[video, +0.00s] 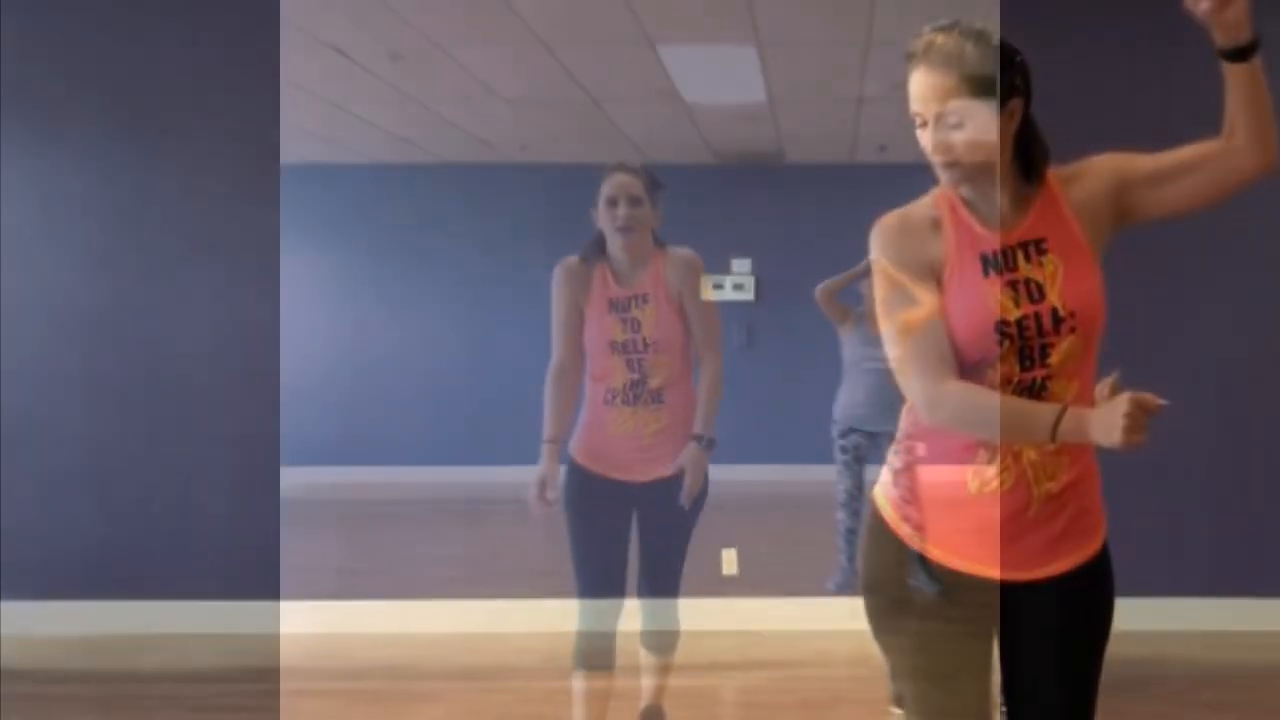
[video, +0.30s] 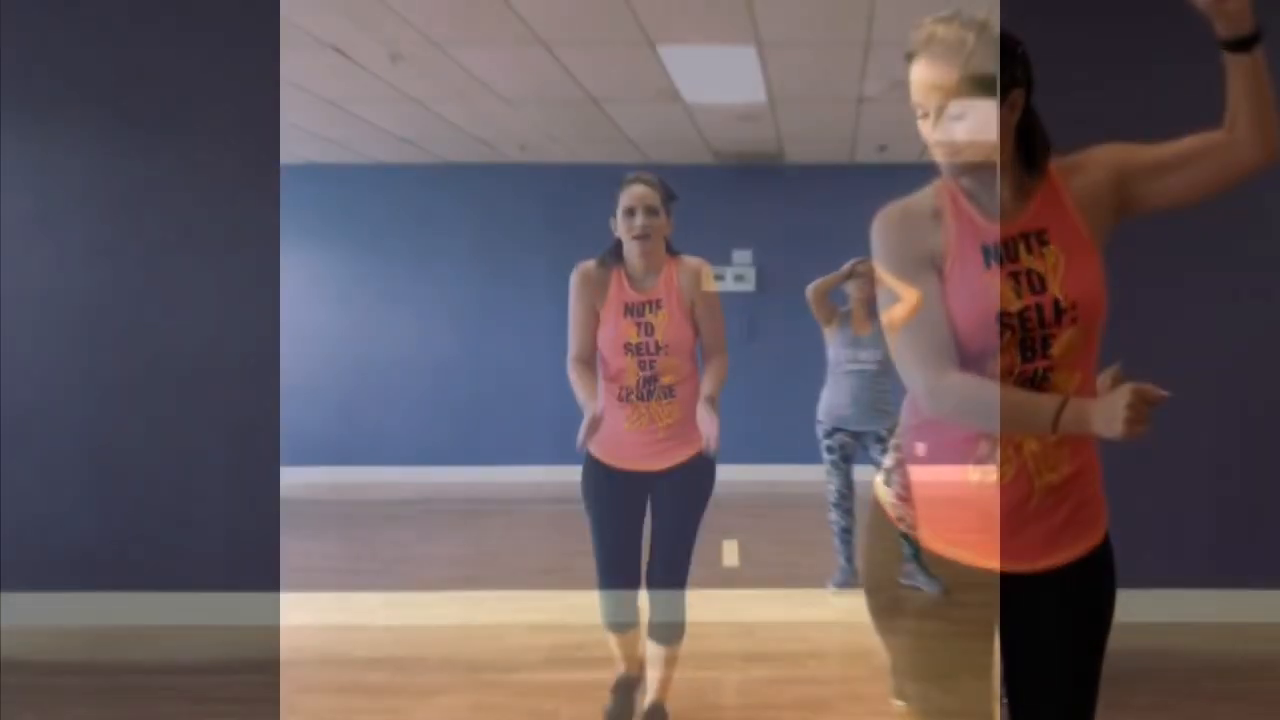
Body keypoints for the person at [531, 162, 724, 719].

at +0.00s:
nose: (623, 211)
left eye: (635, 201)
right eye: (612, 202)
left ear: (654, 211)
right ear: (597, 213)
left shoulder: (681, 267)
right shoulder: (574, 275)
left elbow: (709, 356)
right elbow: (563, 367)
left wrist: (701, 441)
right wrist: (551, 454)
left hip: (671, 464)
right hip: (596, 464)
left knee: (659, 600)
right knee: (597, 606)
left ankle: (651, 708)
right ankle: (589, 715)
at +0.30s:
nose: (640, 220)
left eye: (650, 211)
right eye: (629, 211)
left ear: (668, 219)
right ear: (615, 221)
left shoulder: (693, 274)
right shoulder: (591, 278)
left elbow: (716, 353)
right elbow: (580, 359)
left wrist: (705, 400)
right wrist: (592, 402)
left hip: (684, 453)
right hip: (611, 454)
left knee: (666, 585)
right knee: (615, 593)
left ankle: (656, 701)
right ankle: (630, 673)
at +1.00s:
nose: (656, 231)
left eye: (665, 223)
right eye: (647, 223)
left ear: (679, 232)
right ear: (630, 233)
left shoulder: (696, 286)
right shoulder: (603, 289)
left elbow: (723, 359)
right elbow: (581, 369)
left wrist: (677, 371)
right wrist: (610, 360)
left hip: (701, 443)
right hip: (633, 448)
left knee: (707, 560)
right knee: (605, 567)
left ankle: (710, 669)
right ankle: (588, 659)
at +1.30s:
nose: (637, 239)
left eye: (645, 231)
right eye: (626, 232)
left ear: (658, 241)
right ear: (610, 244)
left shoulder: (674, 299)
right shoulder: (585, 295)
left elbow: (688, 375)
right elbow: (552, 372)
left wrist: (637, 382)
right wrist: (570, 362)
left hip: (646, 456)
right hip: (579, 454)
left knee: (694, 553)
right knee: (582, 573)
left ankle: (700, 670)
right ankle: (572, 667)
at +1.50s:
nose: (625, 231)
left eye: (633, 223)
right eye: (615, 224)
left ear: (646, 232)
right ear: (598, 234)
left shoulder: (658, 292)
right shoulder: (571, 284)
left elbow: (668, 367)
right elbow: (538, 363)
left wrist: (618, 373)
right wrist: (564, 340)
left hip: (633, 446)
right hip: (567, 446)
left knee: (672, 546)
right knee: (577, 565)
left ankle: (668, 676)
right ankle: (571, 667)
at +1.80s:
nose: (618, 230)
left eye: (627, 222)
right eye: (608, 222)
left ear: (639, 230)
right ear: (591, 231)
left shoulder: (655, 287)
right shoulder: (563, 281)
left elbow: (670, 365)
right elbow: (535, 362)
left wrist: (614, 367)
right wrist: (550, 340)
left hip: (635, 445)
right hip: (567, 445)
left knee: (659, 555)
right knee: (574, 560)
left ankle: (661, 682)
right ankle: (570, 666)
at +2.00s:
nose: (635, 238)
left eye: (642, 230)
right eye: (623, 230)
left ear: (648, 239)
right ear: (598, 238)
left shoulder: (664, 294)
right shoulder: (569, 290)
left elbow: (679, 374)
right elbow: (539, 369)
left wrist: (612, 376)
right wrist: (537, 341)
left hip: (637, 450)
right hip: (566, 449)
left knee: (675, 563)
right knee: (569, 568)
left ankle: (703, 675)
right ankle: (569, 667)